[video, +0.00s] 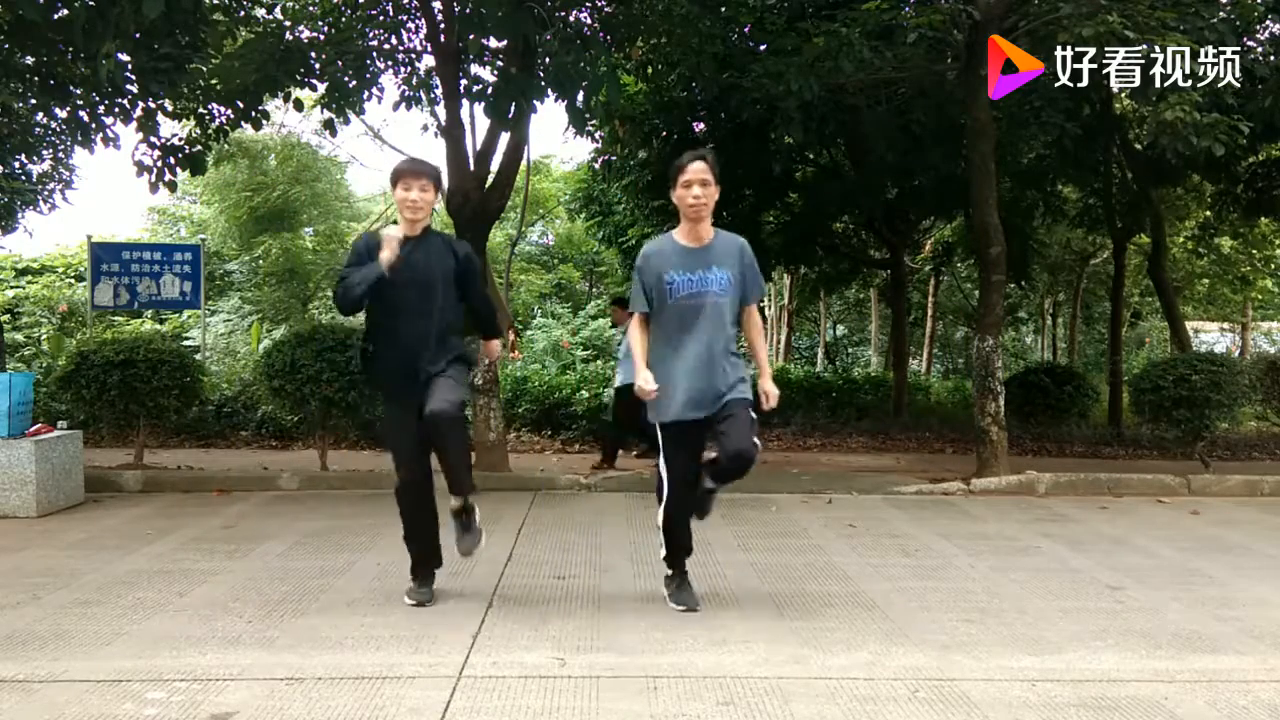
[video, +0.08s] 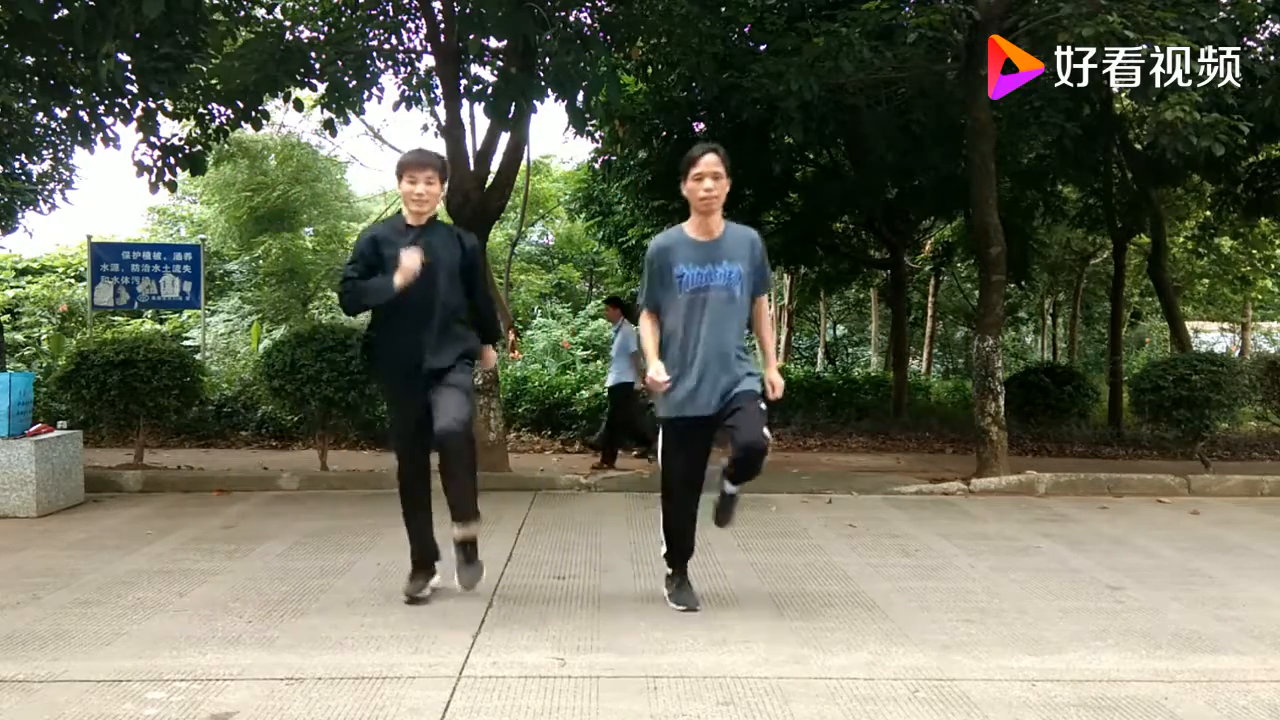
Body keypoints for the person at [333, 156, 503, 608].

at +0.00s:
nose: (414, 197)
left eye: (423, 189)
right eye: (405, 188)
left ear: (436, 197)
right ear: (393, 195)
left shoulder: (456, 252)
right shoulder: (369, 246)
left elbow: (480, 302)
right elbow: (344, 301)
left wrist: (492, 335)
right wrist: (380, 264)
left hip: (447, 363)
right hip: (396, 371)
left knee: (441, 414)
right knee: (409, 477)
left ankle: (462, 503)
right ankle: (422, 570)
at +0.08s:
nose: (420, 190)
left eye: (429, 182)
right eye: (412, 181)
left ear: (442, 189)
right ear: (398, 186)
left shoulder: (463, 244)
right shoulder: (376, 239)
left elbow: (480, 298)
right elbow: (349, 298)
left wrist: (488, 340)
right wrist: (394, 280)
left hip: (452, 362)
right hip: (401, 367)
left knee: (451, 429)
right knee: (411, 464)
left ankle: (466, 535)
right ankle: (422, 563)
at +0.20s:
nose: (434, 211)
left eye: (443, 204)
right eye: (426, 203)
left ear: (455, 210)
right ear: (412, 209)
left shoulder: (474, 262)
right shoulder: (391, 257)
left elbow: (493, 321)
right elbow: (356, 314)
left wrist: (501, 374)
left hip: (464, 387)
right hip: (411, 388)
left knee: (470, 480)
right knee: (411, 481)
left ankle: (465, 585)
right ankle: (415, 554)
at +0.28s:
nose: (443, 214)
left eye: (452, 207)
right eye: (434, 206)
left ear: (464, 214)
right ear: (420, 213)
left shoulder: (484, 273)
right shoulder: (396, 268)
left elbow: (506, 334)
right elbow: (356, 327)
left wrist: (523, 388)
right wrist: (354, 389)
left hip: (468, 401)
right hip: (413, 400)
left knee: (472, 488)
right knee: (415, 489)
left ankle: (465, 595)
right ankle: (415, 559)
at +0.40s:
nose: (455, 185)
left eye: (463, 177)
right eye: (446, 177)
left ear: (478, 184)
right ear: (434, 183)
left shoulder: (499, 241)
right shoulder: (409, 237)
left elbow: (531, 298)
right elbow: (365, 286)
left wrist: (563, 348)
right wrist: (323, 338)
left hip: (478, 377)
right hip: (422, 374)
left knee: (472, 487)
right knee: (396, 470)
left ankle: (468, 594)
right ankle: (403, 541)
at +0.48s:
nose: (461, 186)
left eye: (469, 178)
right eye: (452, 178)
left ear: (483, 185)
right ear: (439, 185)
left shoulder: (505, 243)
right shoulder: (418, 238)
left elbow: (535, 302)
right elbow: (369, 286)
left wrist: (576, 339)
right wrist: (312, 327)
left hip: (481, 374)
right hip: (425, 370)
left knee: (472, 480)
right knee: (393, 454)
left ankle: (465, 587)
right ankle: (395, 540)